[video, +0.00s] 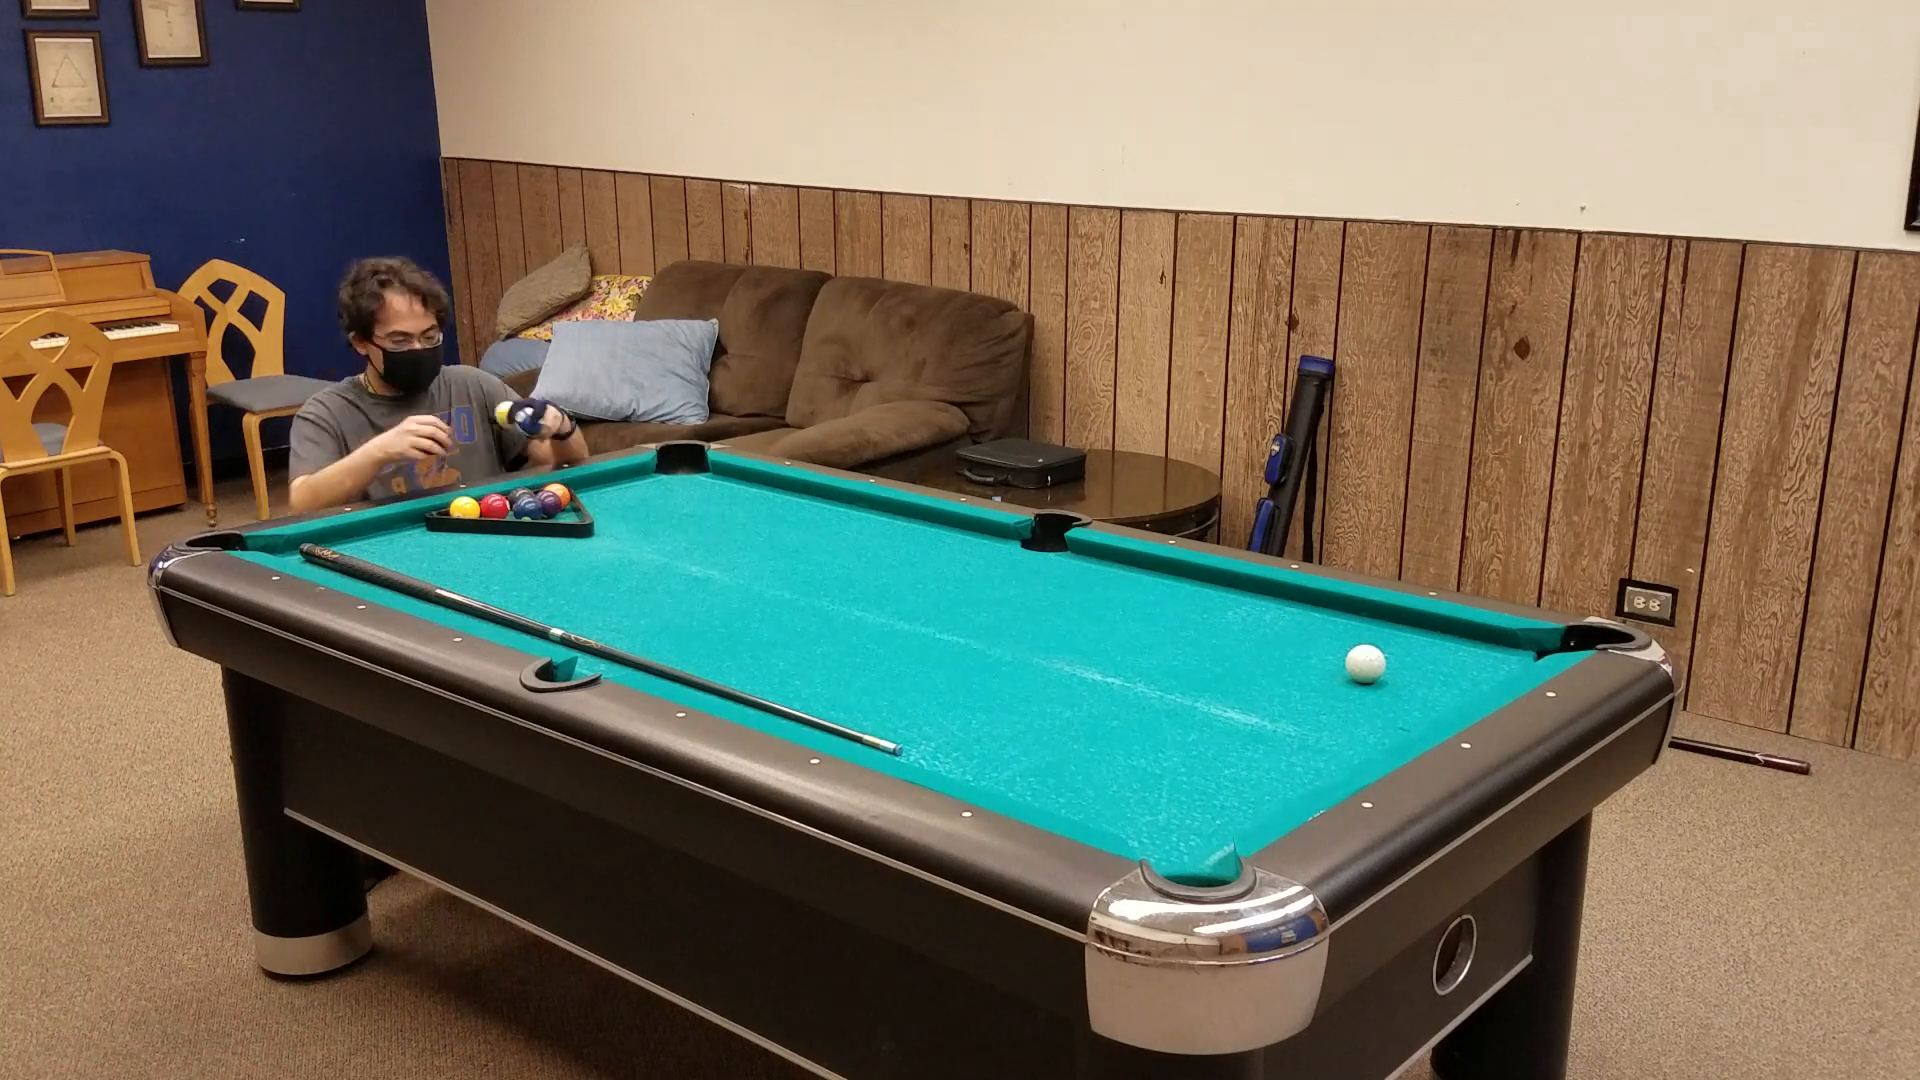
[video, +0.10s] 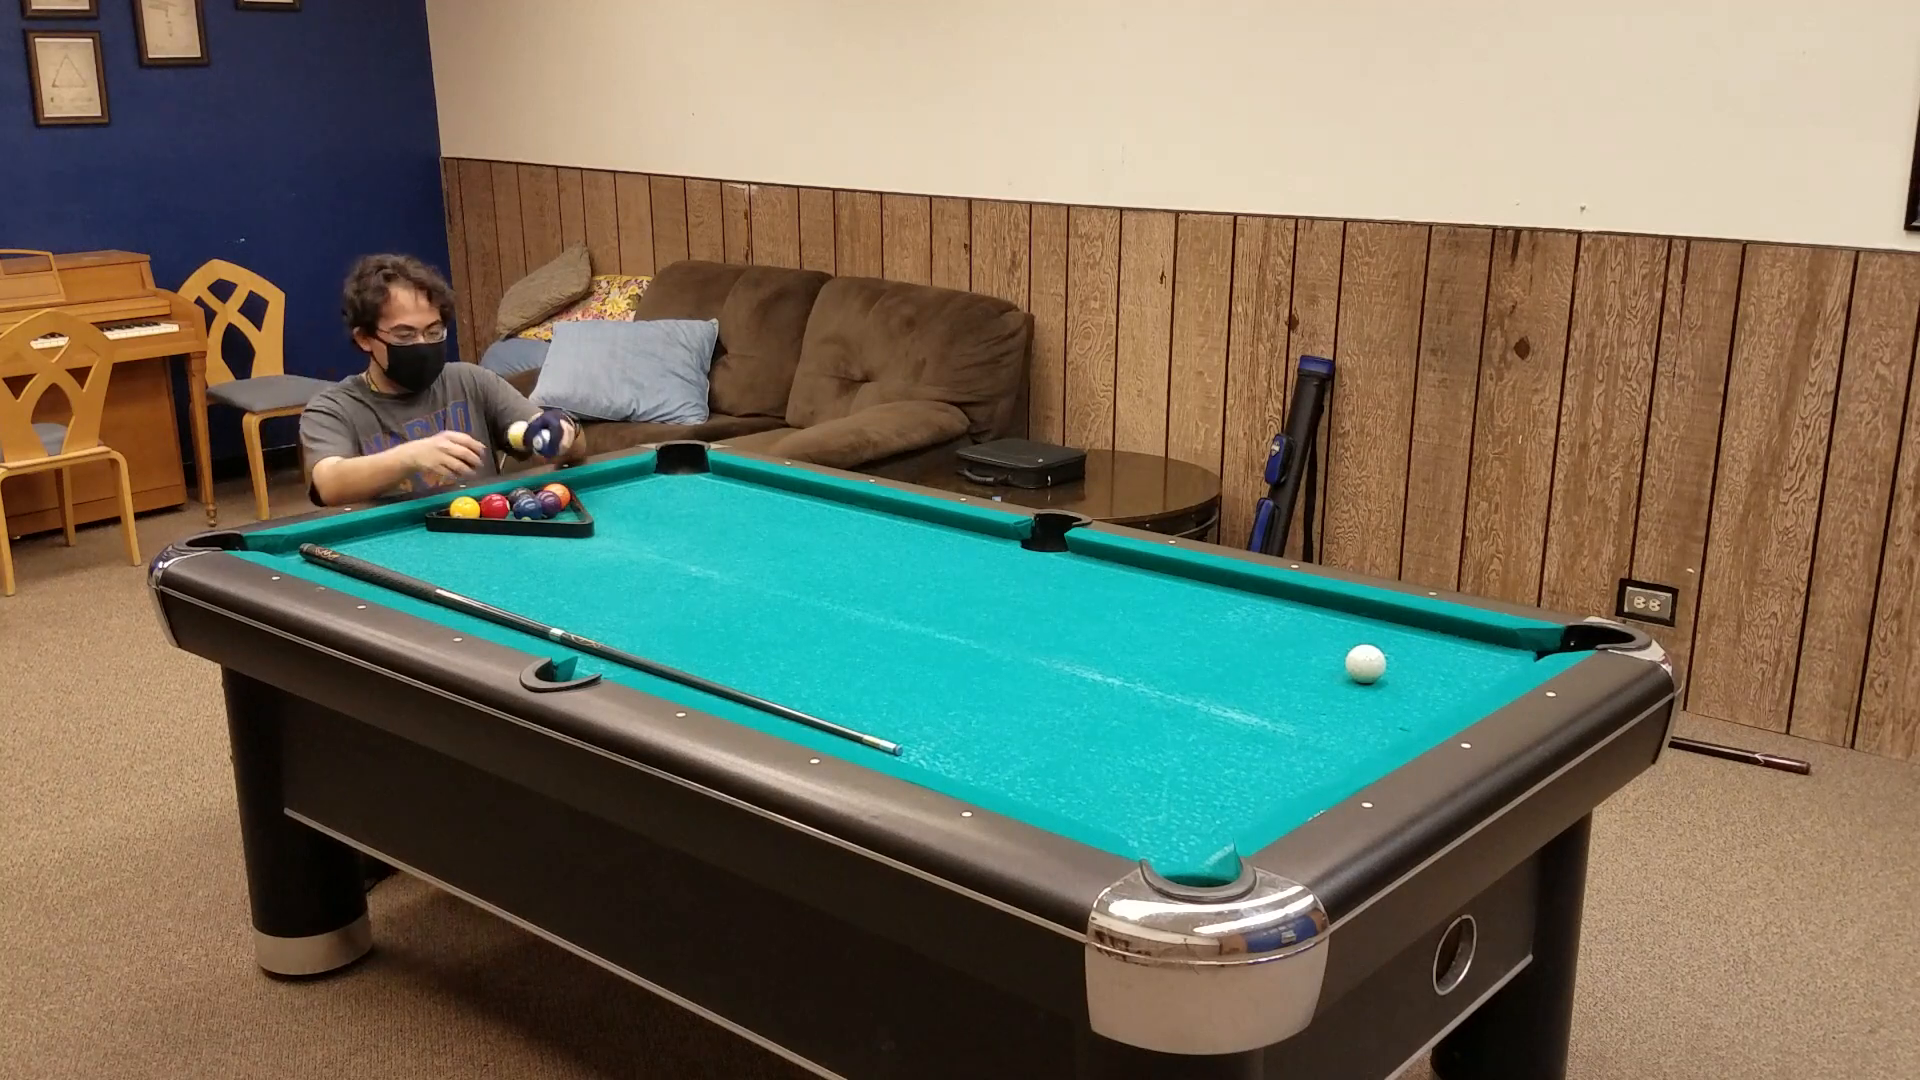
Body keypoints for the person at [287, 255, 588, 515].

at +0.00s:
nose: (420, 351)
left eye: (429, 335)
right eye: (400, 339)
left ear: (440, 329)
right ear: (362, 343)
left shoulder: (473, 386)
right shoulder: (326, 414)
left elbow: (570, 464)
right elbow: (304, 503)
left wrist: (564, 430)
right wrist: (379, 451)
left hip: (494, 554)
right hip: (387, 571)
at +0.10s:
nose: (424, 346)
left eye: (433, 330)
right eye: (404, 333)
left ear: (445, 326)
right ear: (365, 338)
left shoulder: (470, 382)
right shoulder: (333, 409)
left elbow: (575, 450)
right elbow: (330, 485)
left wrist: (562, 435)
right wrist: (410, 456)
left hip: (493, 548)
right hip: (396, 565)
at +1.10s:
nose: (465, 340)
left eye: (474, 326)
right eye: (447, 326)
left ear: (483, 326)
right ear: (403, 331)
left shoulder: (491, 381)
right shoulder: (360, 405)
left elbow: (564, 431)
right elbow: (344, 490)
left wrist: (584, 455)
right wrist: (409, 459)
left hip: (510, 550)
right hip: (416, 567)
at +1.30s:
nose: (474, 338)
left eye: (483, 326)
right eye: (457, 324)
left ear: (491, 328)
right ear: (412, 328)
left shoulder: (495, 381)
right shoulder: (366, 403)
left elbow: (566, 431)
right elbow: (354, 483)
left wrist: (584, 458)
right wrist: (416, 449)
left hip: (507, 547)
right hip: (416, 563)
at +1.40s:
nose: (474, 336)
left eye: (482, 323)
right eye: (456, 322)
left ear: (491, 326)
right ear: (411, 328)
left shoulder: (492, 379)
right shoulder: (370, 401)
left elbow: (568, 430)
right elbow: (382, 470)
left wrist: (584, 457)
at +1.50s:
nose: (472, 334)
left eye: (481, 322)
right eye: (455, 321)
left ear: (491, 323)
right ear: (411, 328)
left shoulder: (493, 381)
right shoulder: (372, 401)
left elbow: (569, 431)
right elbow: (410, 462)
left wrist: (582, 461)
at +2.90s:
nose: (455, 338)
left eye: (464, 325)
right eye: (438, 325)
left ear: (476, 325)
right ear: (396, 333)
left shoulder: (486, 381)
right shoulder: (358, 405)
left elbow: (566, 432)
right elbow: (383, 474)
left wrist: (579, 456)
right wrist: (464, 470)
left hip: (498, 553)